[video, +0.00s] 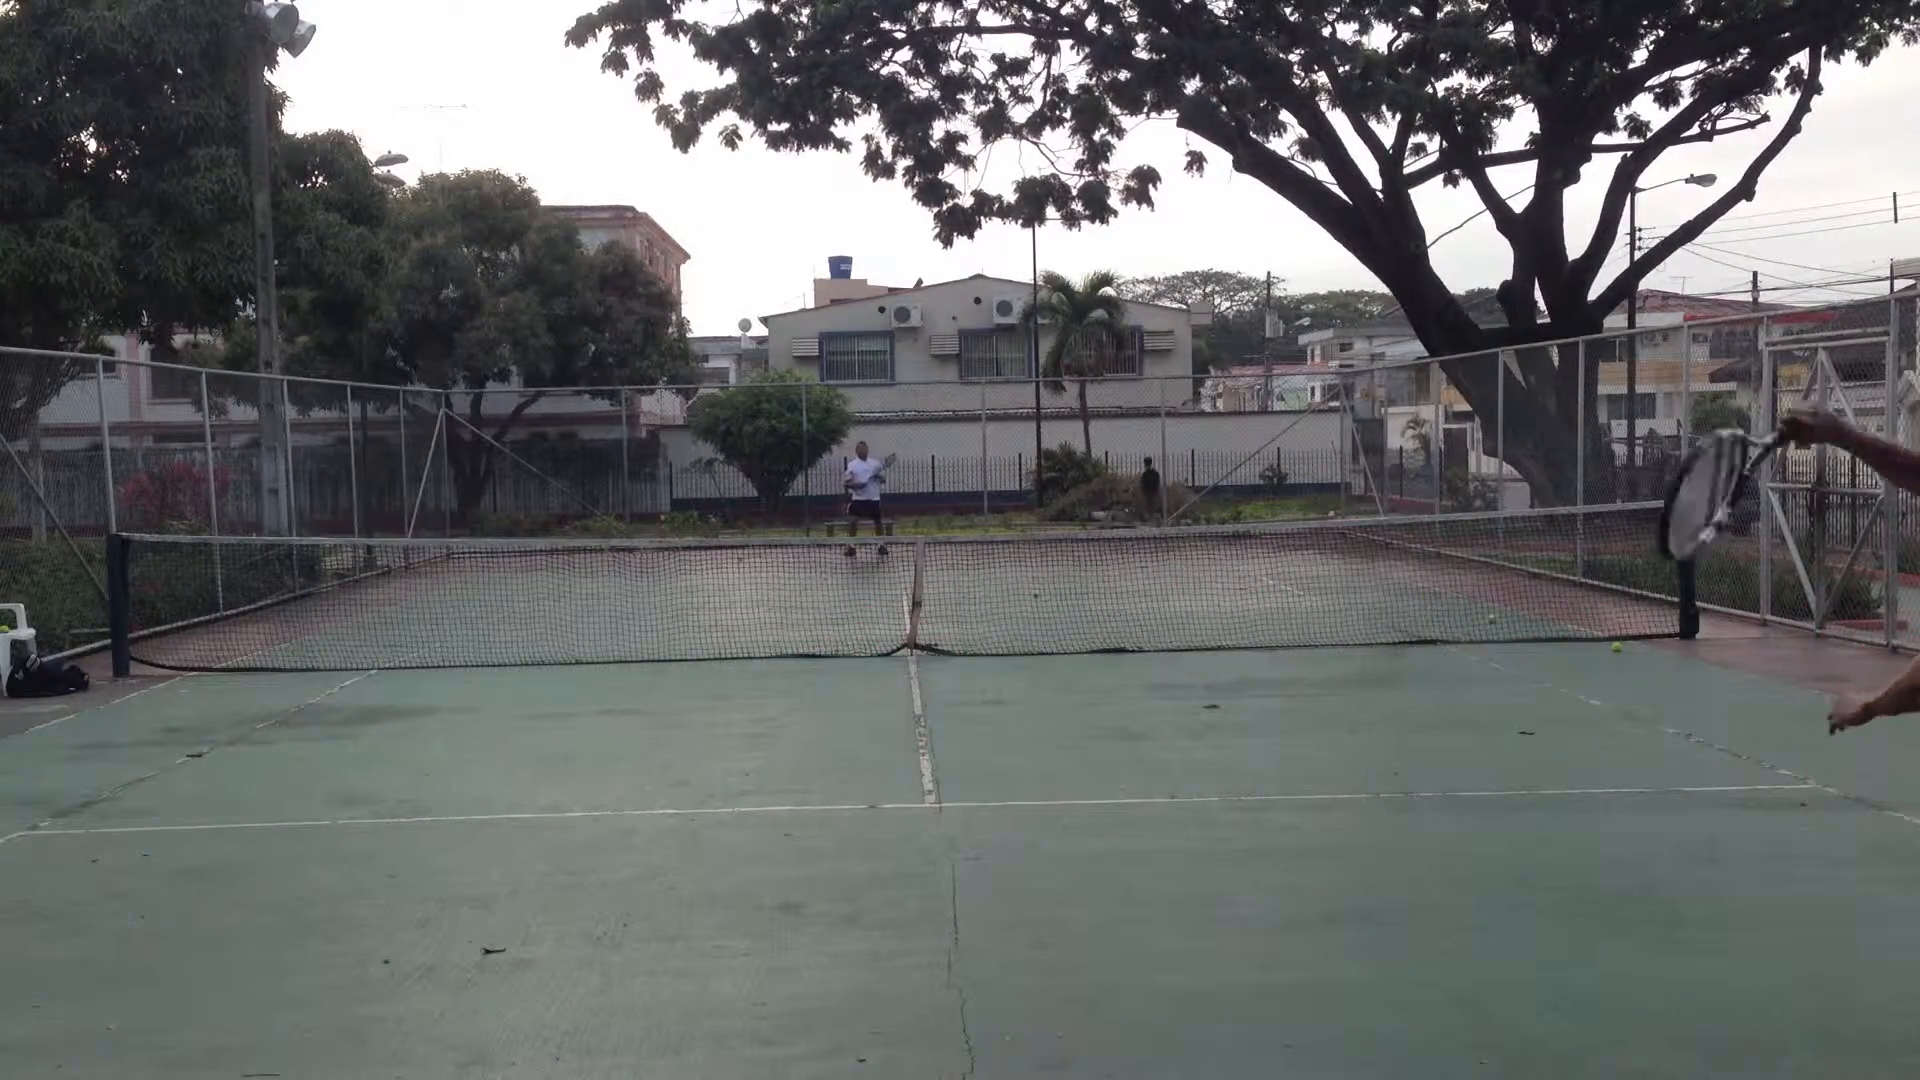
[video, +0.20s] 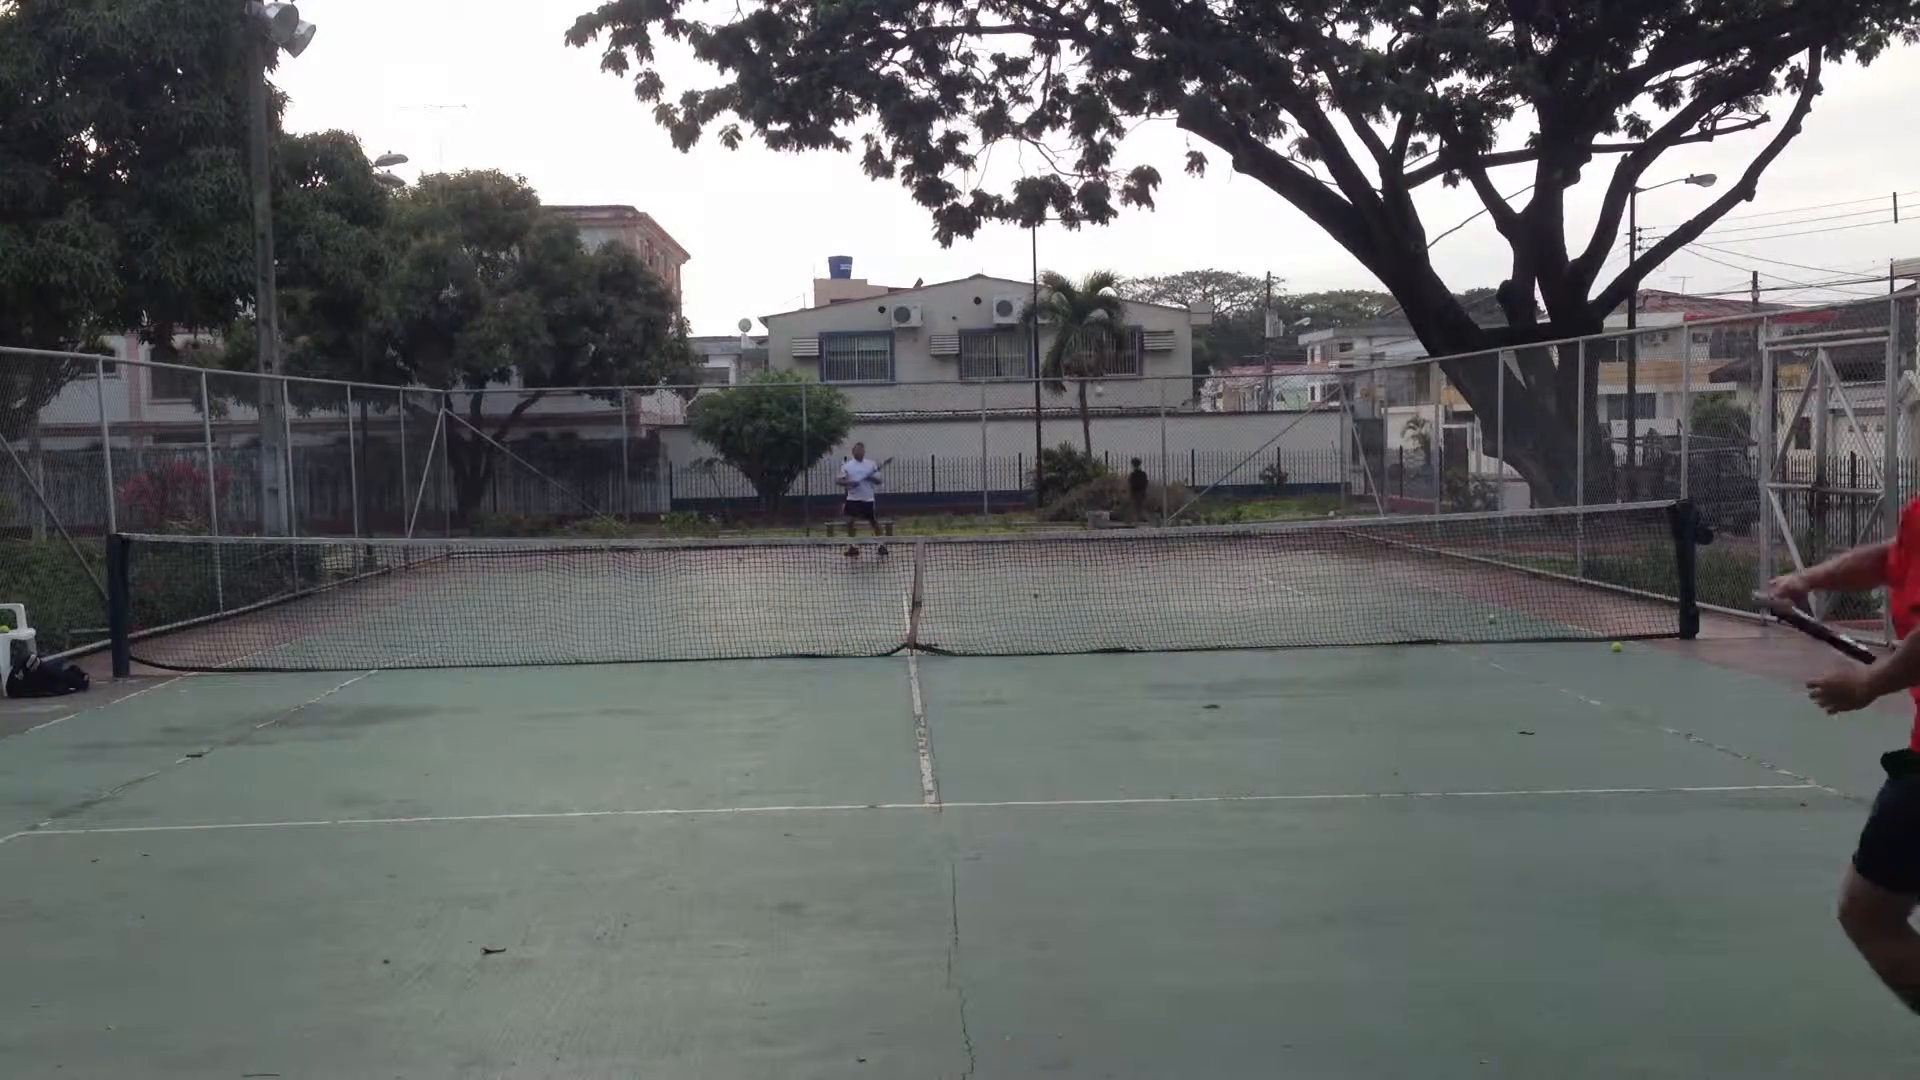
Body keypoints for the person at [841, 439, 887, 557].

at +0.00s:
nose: (862, 452)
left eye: (864, 449)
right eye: (860, 449)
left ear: (867, 450)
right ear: (856, 451)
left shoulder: (875, 463)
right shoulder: (852, 465)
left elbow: (883, 479)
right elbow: (847, 482)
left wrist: (879, 478)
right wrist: (858, 485)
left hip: (873, 499)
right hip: (858, 499)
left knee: (878, 522)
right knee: (853, 522)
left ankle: (881, 545)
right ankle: (851, 546)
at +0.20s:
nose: (859, 453)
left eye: (861, 451)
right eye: (857, 451)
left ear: (864, 452)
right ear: (853, 452)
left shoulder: (871, 464)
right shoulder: (847, 466)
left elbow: (879, 481)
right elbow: (839, 480)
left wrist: (870, 478)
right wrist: (850, 483)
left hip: (868, 499)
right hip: (853, 499)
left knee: (873, 522)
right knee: (850, 522)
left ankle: (881, 543)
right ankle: (851, 545)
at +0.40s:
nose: (853, 453)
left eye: (855, 450)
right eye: (851, 450)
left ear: (858, 452)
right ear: (847, 452)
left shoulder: (863, 465)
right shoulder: (841, 464)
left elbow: (868, 482)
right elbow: (832, 475)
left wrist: (855, 477)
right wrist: (842, 477)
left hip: (860, 498)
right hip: (847, 497)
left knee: (863, 522)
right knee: (847, 522)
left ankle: (871, 543)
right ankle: (852, 546)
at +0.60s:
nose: (846, 453)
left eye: (848, 451)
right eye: (844, 451)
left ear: (853, 452)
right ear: (843, 452)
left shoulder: (857, 463)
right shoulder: (841, 462)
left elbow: (855, 476)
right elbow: (838, 472)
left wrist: (839, 474)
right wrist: (832, 474)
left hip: (857, 497)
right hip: (846, 496)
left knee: (853, 522)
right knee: (846, 522)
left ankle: (857, 547)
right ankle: (852, 545)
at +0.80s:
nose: (838, 455)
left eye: (840, 452)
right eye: (837, 453)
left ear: (846, 452)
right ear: (837, 454)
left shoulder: (851, 465)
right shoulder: (841, 466)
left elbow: (840, 473)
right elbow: (834, 481)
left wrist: (820, 472)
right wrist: (821, 482)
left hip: (857, 498)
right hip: (847, 497)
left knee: (851, 521)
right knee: (844, 521)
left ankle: (857, 547)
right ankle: (850, 545)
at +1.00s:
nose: (831, 465)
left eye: (833, 463)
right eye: (831, 463)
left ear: (837, 463)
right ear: (832, 464)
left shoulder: (845, 471)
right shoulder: (836, 479)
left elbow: (836, 477)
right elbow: (833, 495)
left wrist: (821, 479)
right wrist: (817, 501)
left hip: (856, 499)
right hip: (846, 500)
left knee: (843, 522)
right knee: (839, 522)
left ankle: (854, 544)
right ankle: (849, 545)